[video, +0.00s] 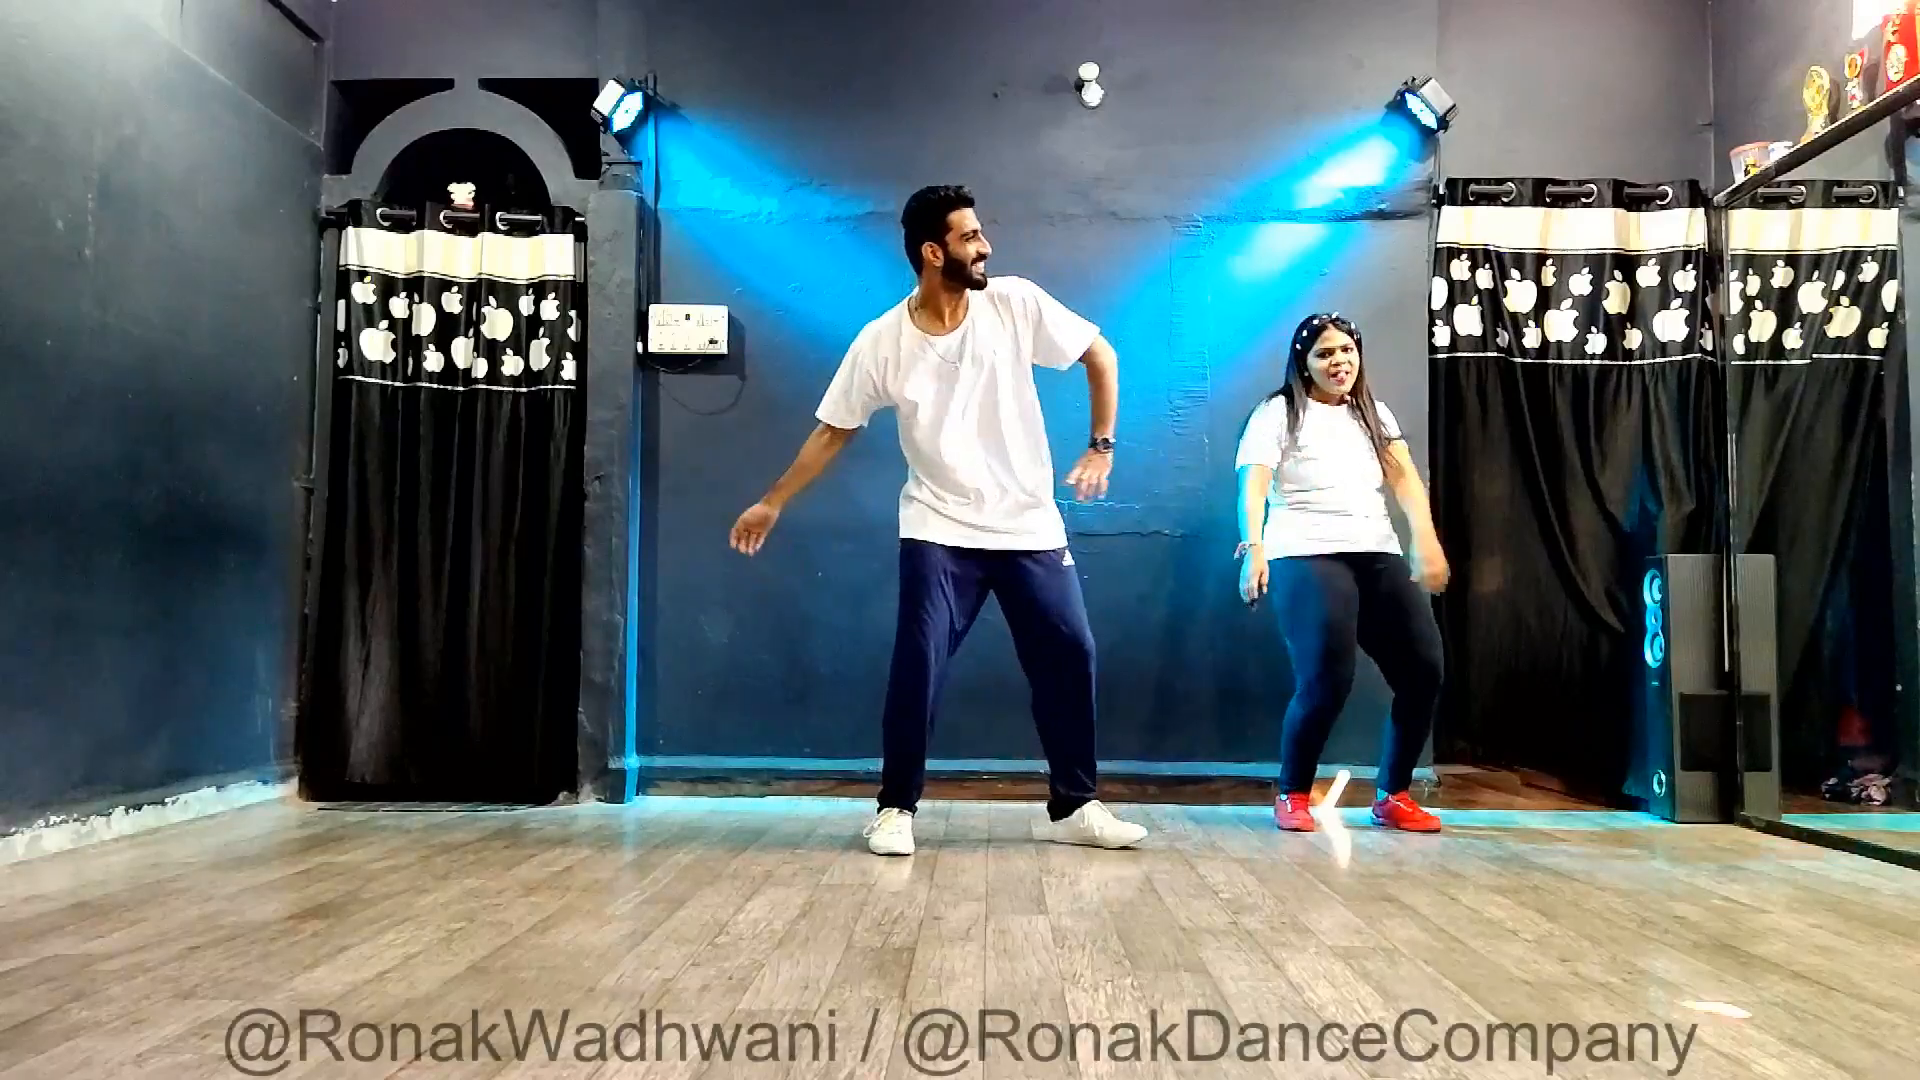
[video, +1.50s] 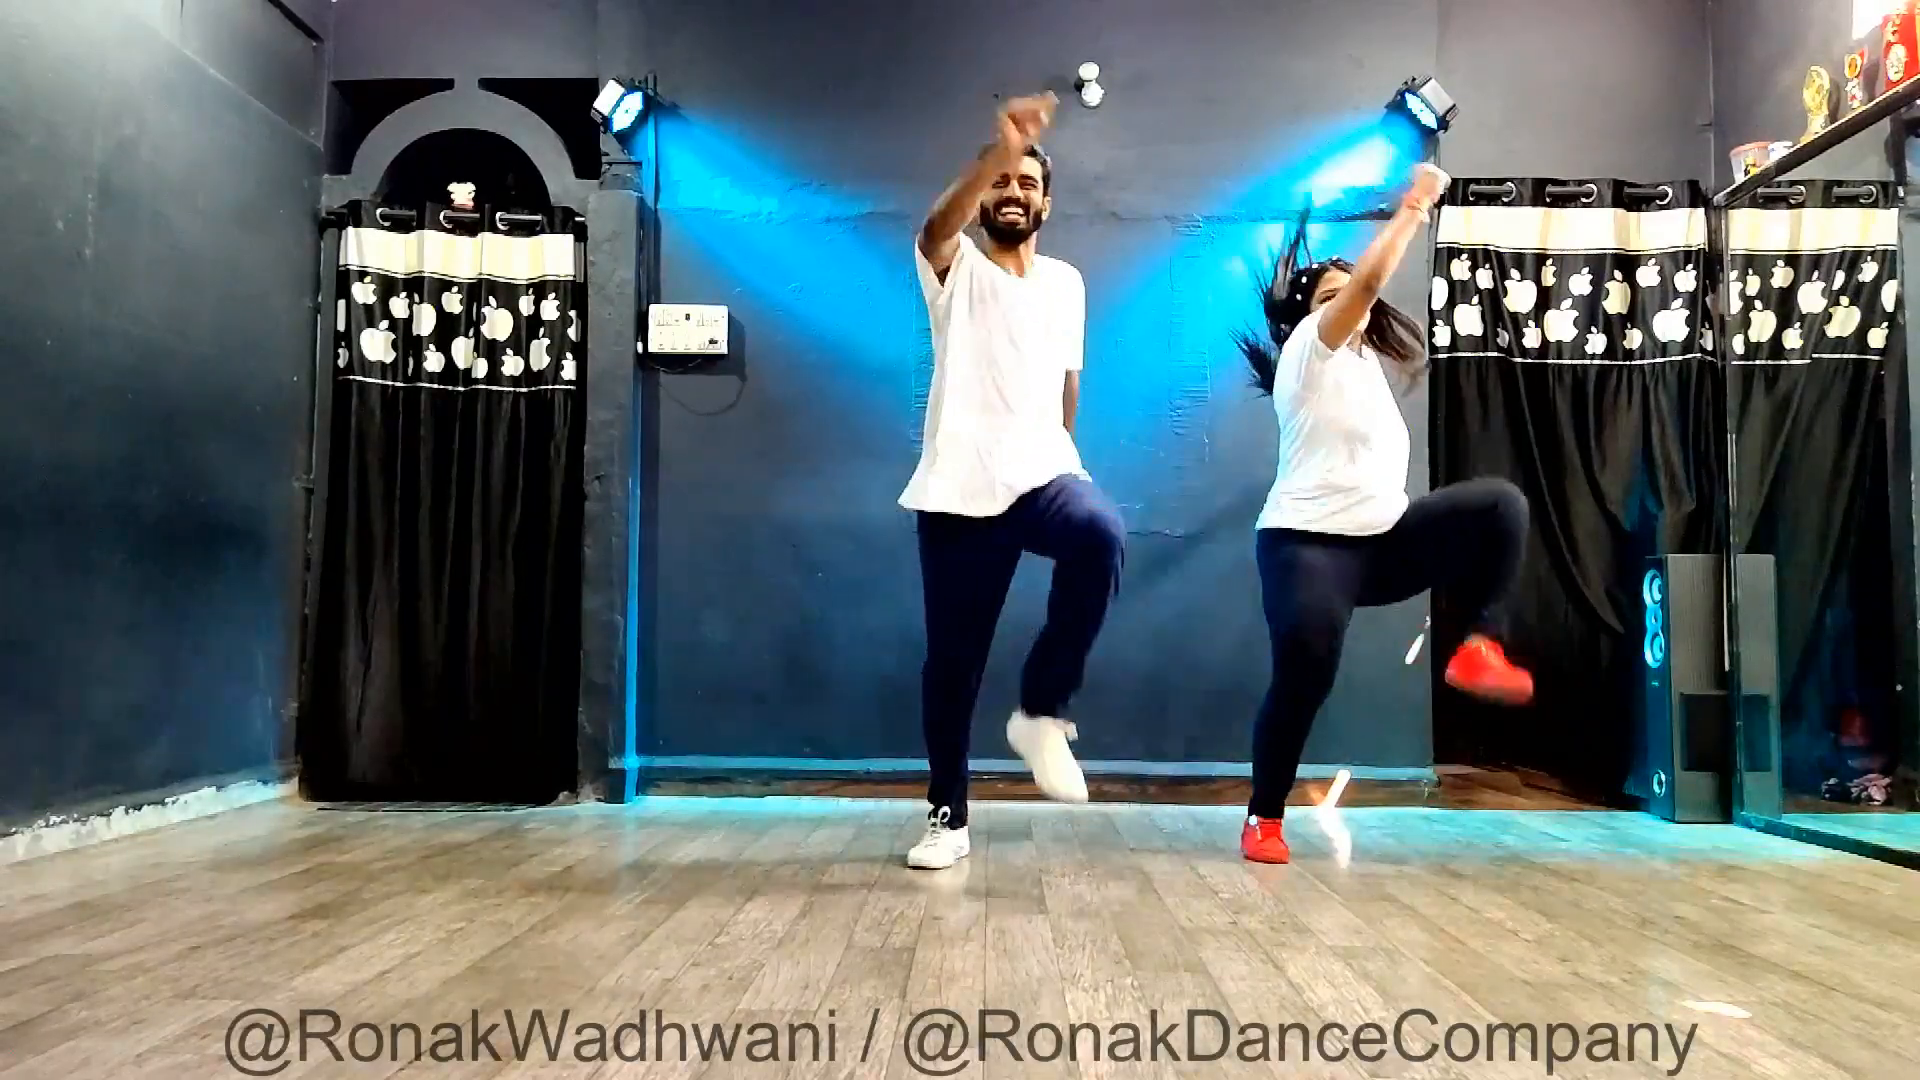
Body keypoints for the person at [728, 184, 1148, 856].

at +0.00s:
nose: (984, 244)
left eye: (981, 232)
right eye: (968, 236)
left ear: (953, 248)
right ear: (928, 254)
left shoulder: (1015, 303)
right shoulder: (881, 344)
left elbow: (1099, 354)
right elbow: (833, 430)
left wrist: (1102, 444)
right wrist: (772, 502)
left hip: (1028, 516)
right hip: (939, 520)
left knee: (1072, 645)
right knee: (920, 652)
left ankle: (1073, 804)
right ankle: (896, 808)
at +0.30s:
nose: (1038, 235)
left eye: (1041, 224)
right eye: (1024, 225)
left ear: (1041, 232)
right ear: (985, 238)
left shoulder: (1068, 295)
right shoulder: (948, 324)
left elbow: (1091, 378)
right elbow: (923, 419)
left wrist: (1092, 455)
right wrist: (888, 499)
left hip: (1073, 517)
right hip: (988, 519)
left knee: (1091, 663)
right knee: (961, 661)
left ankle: (1100, 801)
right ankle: (940, 812)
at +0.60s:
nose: (1056, 238)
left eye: (1069, 228)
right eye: (1044, 225)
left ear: (1085, 240)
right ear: (1023, 236)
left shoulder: (1108, 311)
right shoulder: (990, 321)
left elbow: (1081, 402)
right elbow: (981, 416)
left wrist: (975, 396)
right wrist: (965, 459)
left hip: (1087, 523)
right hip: (1007, 519)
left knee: (1096, 672)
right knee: (973, 650)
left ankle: (1105, 802)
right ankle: (949, 807)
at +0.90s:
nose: (992, 248)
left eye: (1005, 235)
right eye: (978, 236)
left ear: (1025, 236)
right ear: (960, 242)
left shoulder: (1052, 270)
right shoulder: (940, 323)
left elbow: (1122, 300)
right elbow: (905, 394)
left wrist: (1056, 372)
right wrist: (871, 454)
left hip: (1077, 508)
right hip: (992, 515)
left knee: (1096, 661)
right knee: (963, 649)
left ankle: (1108, 800)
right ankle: (957, 803)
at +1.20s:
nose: (970, 227)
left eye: (983, 214)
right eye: (957, 214)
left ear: (1002, 214)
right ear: (935, 216)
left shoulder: (1040, 278)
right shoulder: (912, 289)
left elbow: (1072, 374)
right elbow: (916, 349)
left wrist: (1092, 455)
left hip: (1042, 462)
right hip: (966, 486)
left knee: (1089, 483)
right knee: (968, 658)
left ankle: (1068, 643)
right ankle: (961, 804)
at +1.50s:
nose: (1016, 193)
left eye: (1030, 184)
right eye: (1003, 184)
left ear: (1045, 205)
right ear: (982, 200)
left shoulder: (1065, 283)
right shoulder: (953, 269)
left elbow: (1068, 389)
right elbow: (942, 225)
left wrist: (1059, 467)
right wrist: (1002, 151)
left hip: (1042, 477)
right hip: (959, 488)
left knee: (1098, 531)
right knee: (953, 664)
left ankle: (1041, 713)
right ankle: (947, 819)